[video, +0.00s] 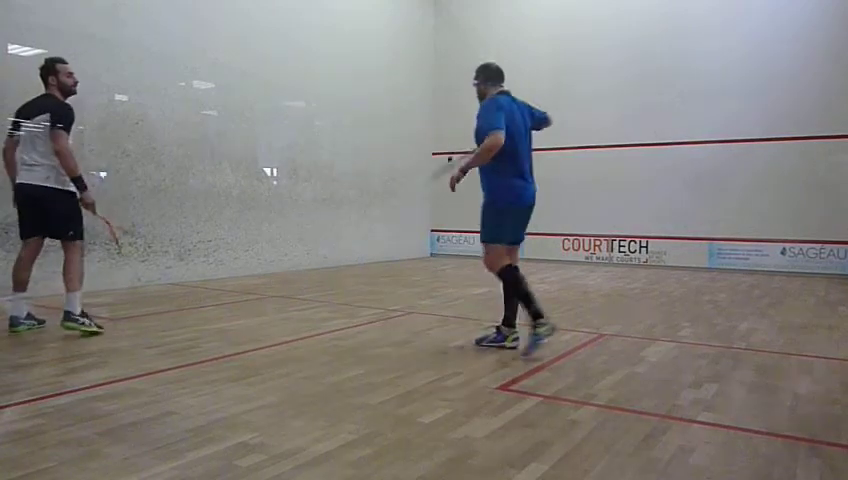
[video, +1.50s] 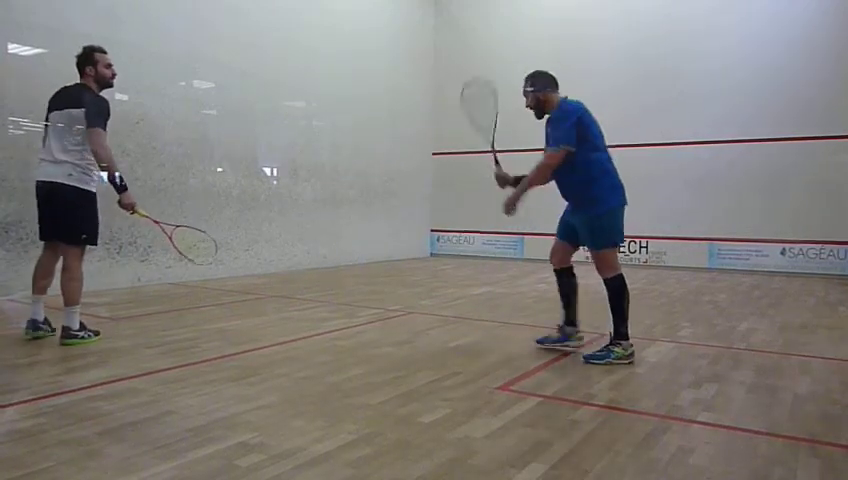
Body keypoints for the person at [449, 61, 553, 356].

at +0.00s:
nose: (474, 90)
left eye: (476, 85)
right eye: (475, 85)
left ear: (483, 84)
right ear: (501, 83)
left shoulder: (491, 106)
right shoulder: (518, 104)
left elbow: (495, 140)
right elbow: (544, 120)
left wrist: (464, 167)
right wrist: (515, 123)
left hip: (502, 194)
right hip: (524, 193)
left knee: (494, 260)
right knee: (509, 259)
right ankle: (508, 328)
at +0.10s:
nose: (488, 91)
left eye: (490, 86)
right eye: (488, 85)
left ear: (498, 84)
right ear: (514, 83)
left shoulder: (505, 109)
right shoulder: (531, 106)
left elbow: (500, 150)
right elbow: (561, 126)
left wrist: (468, 162)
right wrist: (528, 137)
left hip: (522, 199)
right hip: (533, 196)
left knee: (526, 263)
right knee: (514, 263)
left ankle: (581, 321)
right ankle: (509, 329)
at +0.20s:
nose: (498, 93)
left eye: (499, 88)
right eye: (498, 87)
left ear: (509, 87)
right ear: (525, 85)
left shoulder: (517, 113)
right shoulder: (545, 109)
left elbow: (503, 159)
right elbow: (576, 136)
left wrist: (472, 158)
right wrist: (547, 160)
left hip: (543, 201)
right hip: (545, 198)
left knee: (559, 266)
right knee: (523, 260)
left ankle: (601, 333)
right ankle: (511, 329)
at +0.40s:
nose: (515, 109)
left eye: (514, 103)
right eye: (512, 104)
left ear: (524, 95)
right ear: (534, 92)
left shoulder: (548, 111)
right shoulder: (562, 109)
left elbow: (548, 152)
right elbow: (594, 147)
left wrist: (512, 159)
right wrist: (579, 181)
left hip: (582, 203)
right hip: (573, 203)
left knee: (593, 267)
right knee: (553, 260)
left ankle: (612, 342)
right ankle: (539, 329)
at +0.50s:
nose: (522, 108)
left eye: (522, 101)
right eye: (520, 103)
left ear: (535, 93)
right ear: (537, 92)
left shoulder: (560, 109)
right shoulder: (561, 110)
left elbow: (571, 147)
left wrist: (536, 180)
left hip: (594, 201)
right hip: (577, 202)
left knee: (597, 264)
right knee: (564, 259)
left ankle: (611, 342)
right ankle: (579, 329)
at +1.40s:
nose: (531, 102)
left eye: (532, 95)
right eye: (529, 96)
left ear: (548, 90)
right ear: (547, 92)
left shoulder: (577, 110)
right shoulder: (559, 122)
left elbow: (572, 157)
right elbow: (562, 168)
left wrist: (535, 193)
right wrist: (531, 189)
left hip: (605, 204)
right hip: (582, 205)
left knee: (609, 265)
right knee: (567, 259)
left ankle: (622, 343)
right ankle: (591, 330)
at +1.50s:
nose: (526, 103)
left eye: (529, 95)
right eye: (525, 96)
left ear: (544, 92)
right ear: (545, 93)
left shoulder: (567, 113)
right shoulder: (555, 121)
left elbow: (551, 162)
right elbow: (549, 172)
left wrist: (518, 193)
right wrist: (514, 179)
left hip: (603, 202)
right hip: (580, 203)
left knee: (607, 265)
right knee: (560, 258)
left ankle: (621, 343)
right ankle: (570, 330)